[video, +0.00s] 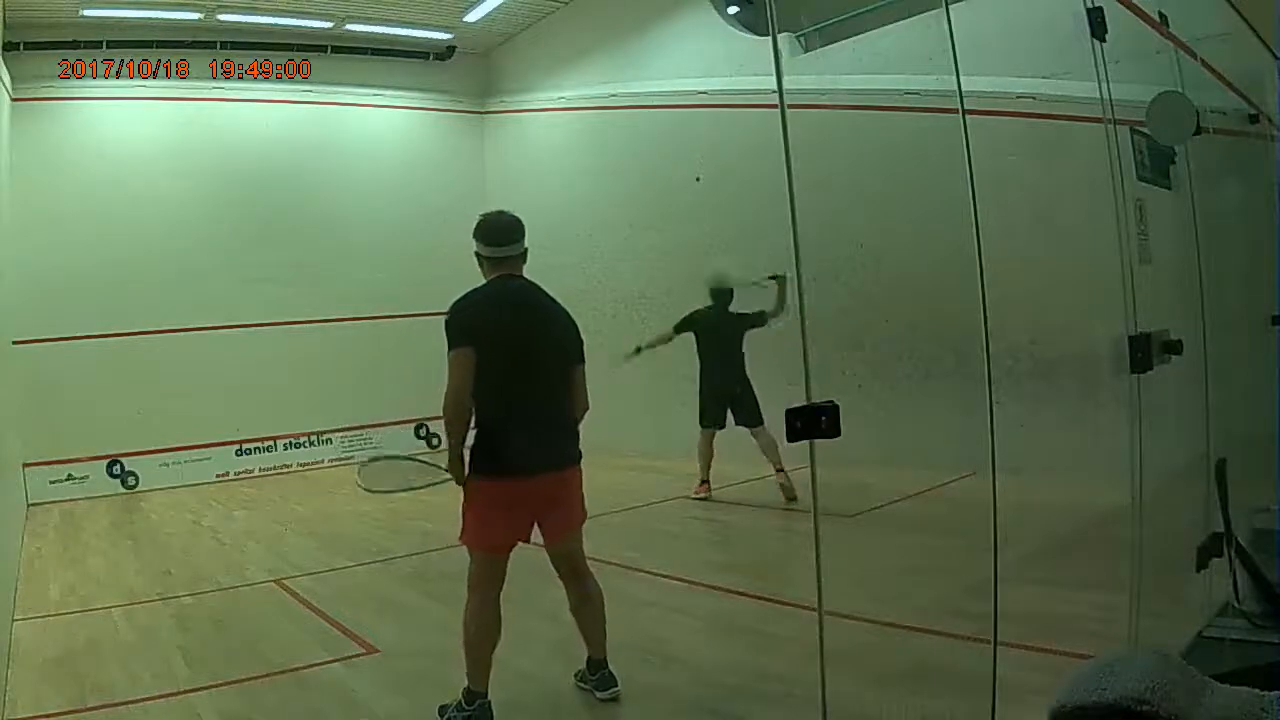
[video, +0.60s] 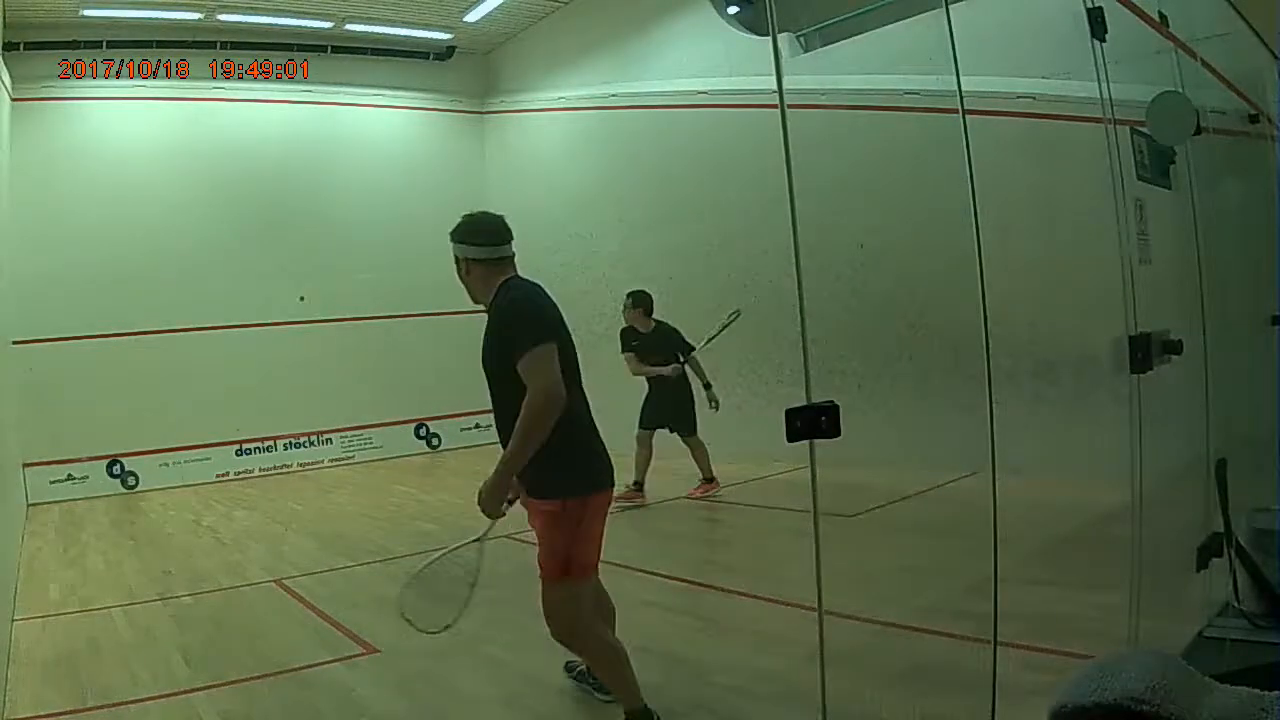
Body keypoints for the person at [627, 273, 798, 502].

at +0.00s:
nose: (723, 300)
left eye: (719, 296)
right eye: (726, 296)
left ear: (710, 296)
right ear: (730, 296)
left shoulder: (697, 318)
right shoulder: (739, 320)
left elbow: (667, 336)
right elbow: (776, 311)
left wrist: (643, 347)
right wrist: (781, 285)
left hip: (711, 387)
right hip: (740, 385)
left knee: (707, 434)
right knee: (759, 431)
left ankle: (704, 484)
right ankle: (780, 473)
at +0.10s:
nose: (686, 299)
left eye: (684, 296)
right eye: (690, 294)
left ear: (682, 300)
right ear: (701, 296)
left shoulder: (683, 325)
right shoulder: (713, 312)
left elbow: (680, 363)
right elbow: (731, 293)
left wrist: (661, 391)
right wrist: (742, 271)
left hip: (712, 382)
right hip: (735, 376)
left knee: (704, 433)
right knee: (750, 425)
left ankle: (703, 484)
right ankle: (776, 462)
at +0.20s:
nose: (666, 310)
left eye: (665, 306)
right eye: (666, 305)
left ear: (666, 308)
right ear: (681, 297)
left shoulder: (686, 324)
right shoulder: (692, 314)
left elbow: (706, 361)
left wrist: (692, 389)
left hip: (711, 379)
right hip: (730, 375)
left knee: (702, 432)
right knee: (737, 420)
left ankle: (704, 484)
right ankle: (765, 446)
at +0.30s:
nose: (657, 309)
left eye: (657, 305)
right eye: (656, 306)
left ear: (660, 303)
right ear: (668, 300)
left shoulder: (683, 323)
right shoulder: (662, 319)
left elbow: (706, 350)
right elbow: (648, 344)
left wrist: (720, 380)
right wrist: (636, 368)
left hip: (702, 382)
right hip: (698, 381)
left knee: (701, 432)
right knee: (718, 420)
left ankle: (708, 484)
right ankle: (755, 438)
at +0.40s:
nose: (639, 307)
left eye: (641, 304)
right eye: (640, 304)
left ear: (649, 307)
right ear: (657, 306)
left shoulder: (679, 326)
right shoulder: (647, 326)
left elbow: (706, 352)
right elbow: (656, 353)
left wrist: (729, 377)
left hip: (699, 379)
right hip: (685, 381)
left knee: (697, 430)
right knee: (692, 427)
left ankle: (708, 484)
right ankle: (735, 445)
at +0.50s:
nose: (632, 309)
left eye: (634, 305)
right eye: (632, 305)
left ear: (643, 308)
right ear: (648, 308)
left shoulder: (676, 327)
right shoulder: (638, 326)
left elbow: (702, 350)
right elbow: (650, 355)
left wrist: (724, 376)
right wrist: (676, 355)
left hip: (692, 384)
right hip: (673, 385)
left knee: (692, 434)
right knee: (667, 430)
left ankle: (709, 480)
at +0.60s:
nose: (623, 313)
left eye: (626, 308)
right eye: (623, 308)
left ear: (640, 311)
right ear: (637, 312)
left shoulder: (666, 331)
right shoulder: (627, 334)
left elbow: (690, 358)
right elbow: (634, 368)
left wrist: (708, 387)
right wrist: (664, 370)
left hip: (678, 389)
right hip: (655, 390)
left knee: (689, 436)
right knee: (643, 436)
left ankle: (710, 480)